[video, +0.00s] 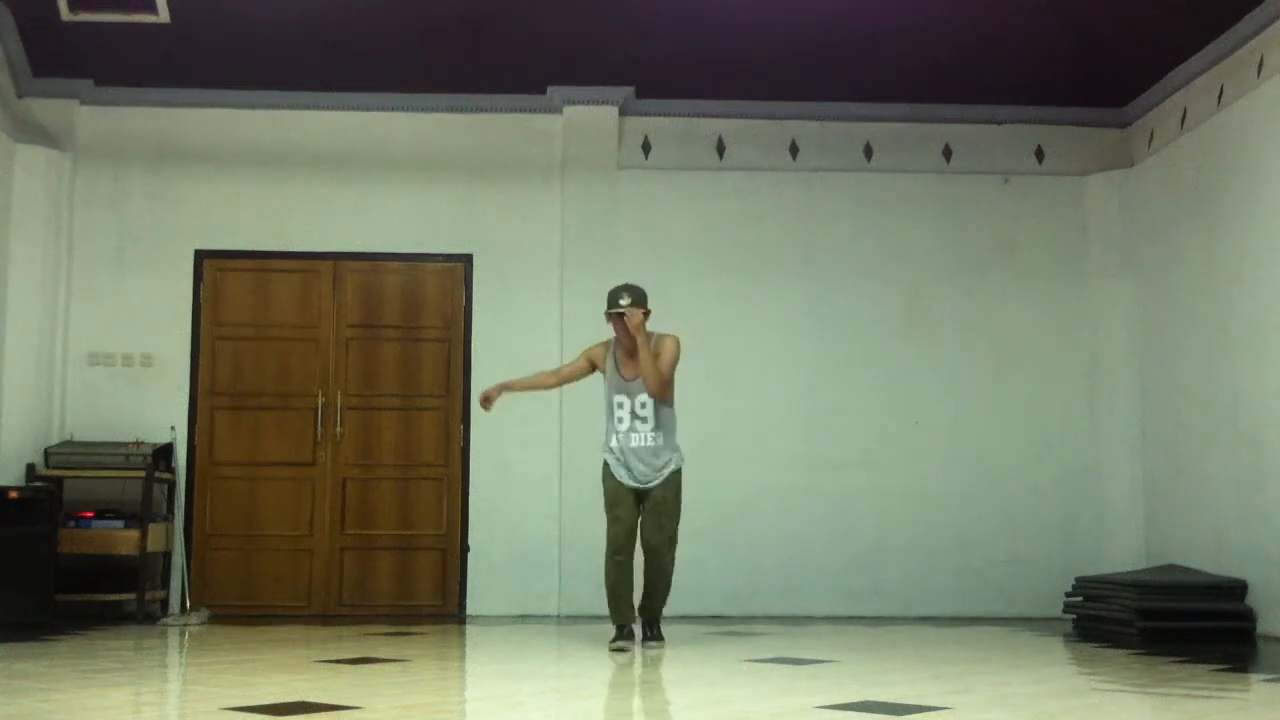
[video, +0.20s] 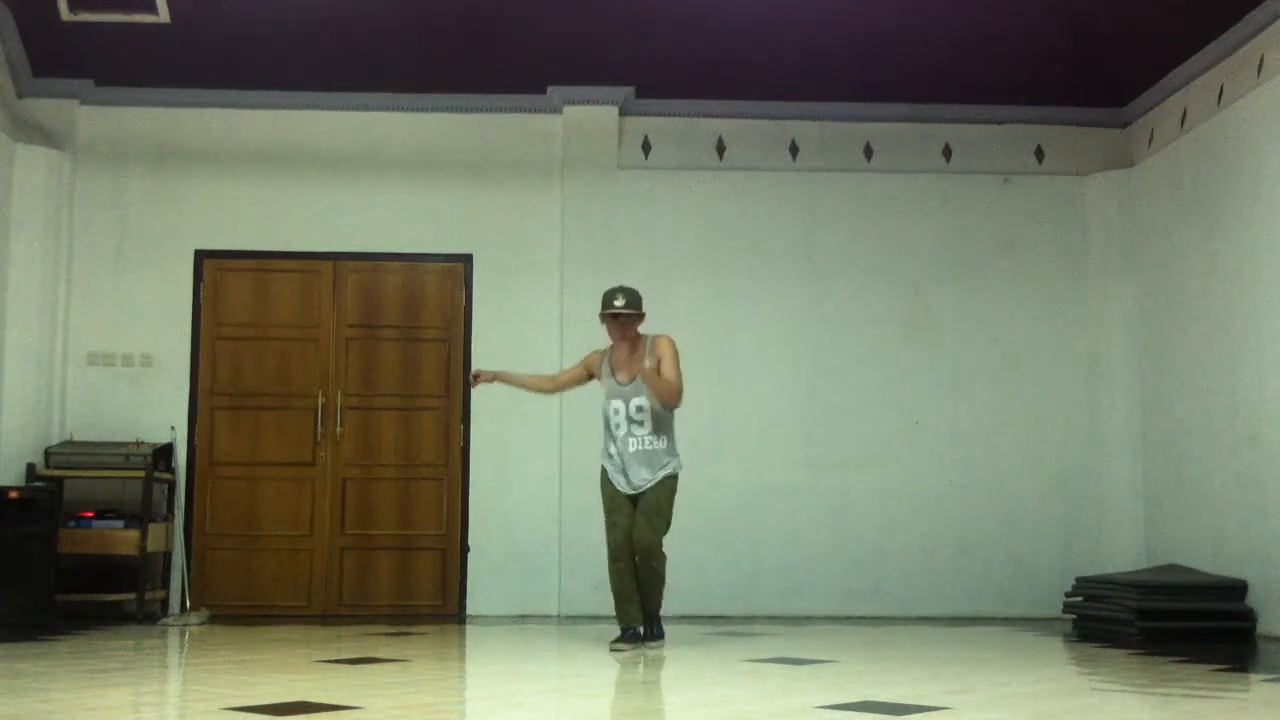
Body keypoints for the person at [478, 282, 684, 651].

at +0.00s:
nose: (617, 324)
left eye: (623, 316)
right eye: (613, 318)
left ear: (643, 315)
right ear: (608, 319)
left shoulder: (665, 345)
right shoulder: (602, 352)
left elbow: (657, 388)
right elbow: (555, 377)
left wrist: (640, 338)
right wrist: (504, 387)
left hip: (663, 466)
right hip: (619, 466)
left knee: (659, 547)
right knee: (620, 546)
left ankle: (652, 618)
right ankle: (623, 625)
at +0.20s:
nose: (621, 325)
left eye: (627, 317)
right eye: (614, 318)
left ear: (640, 319)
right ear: (604, 322)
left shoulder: (660, 346)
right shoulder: (599, 360)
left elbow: (673, 397)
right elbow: (550, 383)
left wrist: (645, 370)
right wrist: (497, 376)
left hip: (659, 468)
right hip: (616, 470)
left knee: (646, 542)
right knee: (619, 547)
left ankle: (652, 619)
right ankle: (631, 627)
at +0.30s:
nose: (621, 332)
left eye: (627, 325)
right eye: (614, 325)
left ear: (640, 325)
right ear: (604, 327)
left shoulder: (660, 348)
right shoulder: (597, 370)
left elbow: (678, 399)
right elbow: (555, 410)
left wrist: (648, 411)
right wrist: (501, 409)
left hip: (655, 469)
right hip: (613, 472)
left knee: (640, 538)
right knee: (611, 547)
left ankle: (652, 611)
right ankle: (630, 627)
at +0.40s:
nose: (622, 330)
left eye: (629, 322)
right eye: (615, 323)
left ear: (642, 323)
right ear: (607, 324)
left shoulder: (662, 348)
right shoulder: (596, 368)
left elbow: (668, 406)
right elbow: (573, 422)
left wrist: (648, 452)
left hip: (656, 464)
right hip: (612, 468)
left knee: (642, 532)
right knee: (614, 547)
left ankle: (651, 623)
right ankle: (629, 627)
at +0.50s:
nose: (628, 326)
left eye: (635, 320)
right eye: (621, 319)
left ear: (647, 321)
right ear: (611, 320)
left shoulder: (664, 348)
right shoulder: (595, 360)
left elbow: (664, 407)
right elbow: (598, 417)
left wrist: (651, 460)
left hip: (655, 465)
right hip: (613, 468)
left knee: (653, 542)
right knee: (618, 550)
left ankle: (653, 621)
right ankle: (629, 627)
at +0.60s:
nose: (635, 323)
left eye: (642, 317)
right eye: (628, 316)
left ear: (653, 319)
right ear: (617, 316)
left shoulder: (668, 347)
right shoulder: (601, 352)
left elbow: (664, 408)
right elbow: (616, 396)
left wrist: (644, 461)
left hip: (655, 460)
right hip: (611, 461)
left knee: (655, 539)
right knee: (618, 547)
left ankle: (657, 619)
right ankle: (629, 627)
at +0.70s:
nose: (646, 319)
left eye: (653, 313)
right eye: (639, 312)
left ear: (663, 316)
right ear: (627, 313)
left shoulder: (675, 350)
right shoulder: (608, 345)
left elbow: (662, 409)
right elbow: (632, 398)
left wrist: (642, 462)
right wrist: (689, 414)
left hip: (656, 459)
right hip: (612, 460)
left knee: (657, 542)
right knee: (618, 547)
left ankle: (657, 623)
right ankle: (629, 628)